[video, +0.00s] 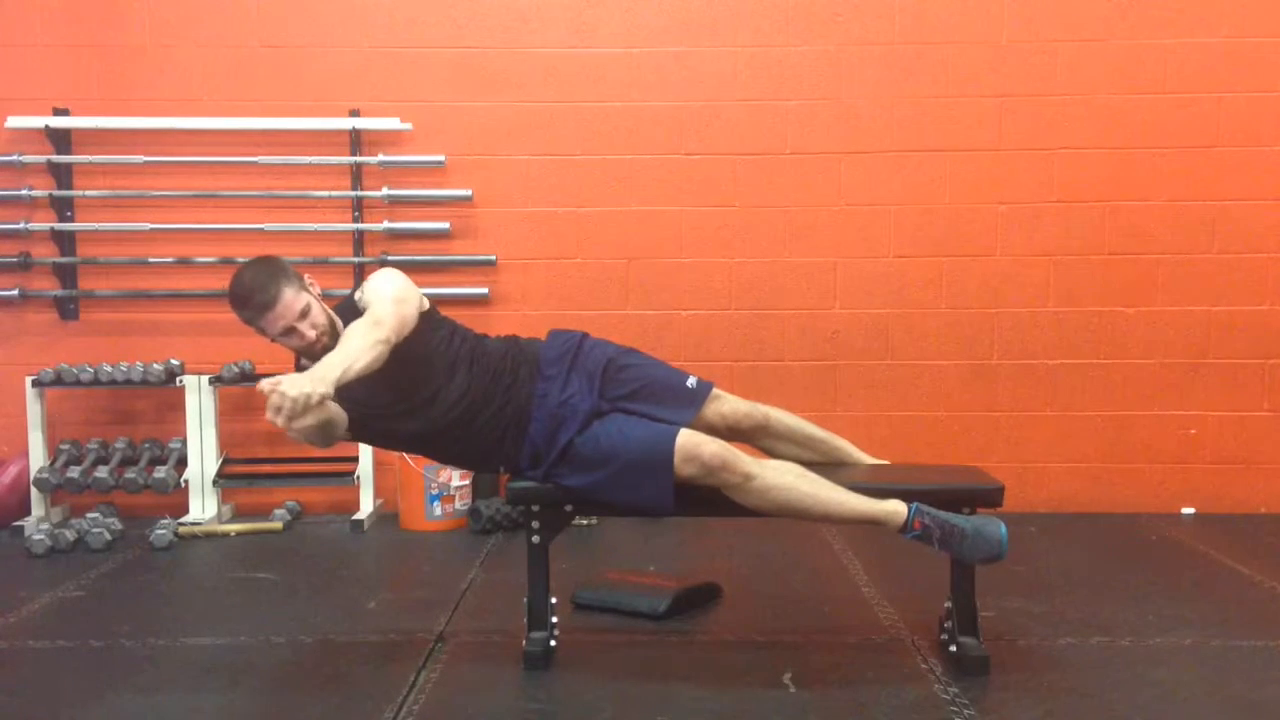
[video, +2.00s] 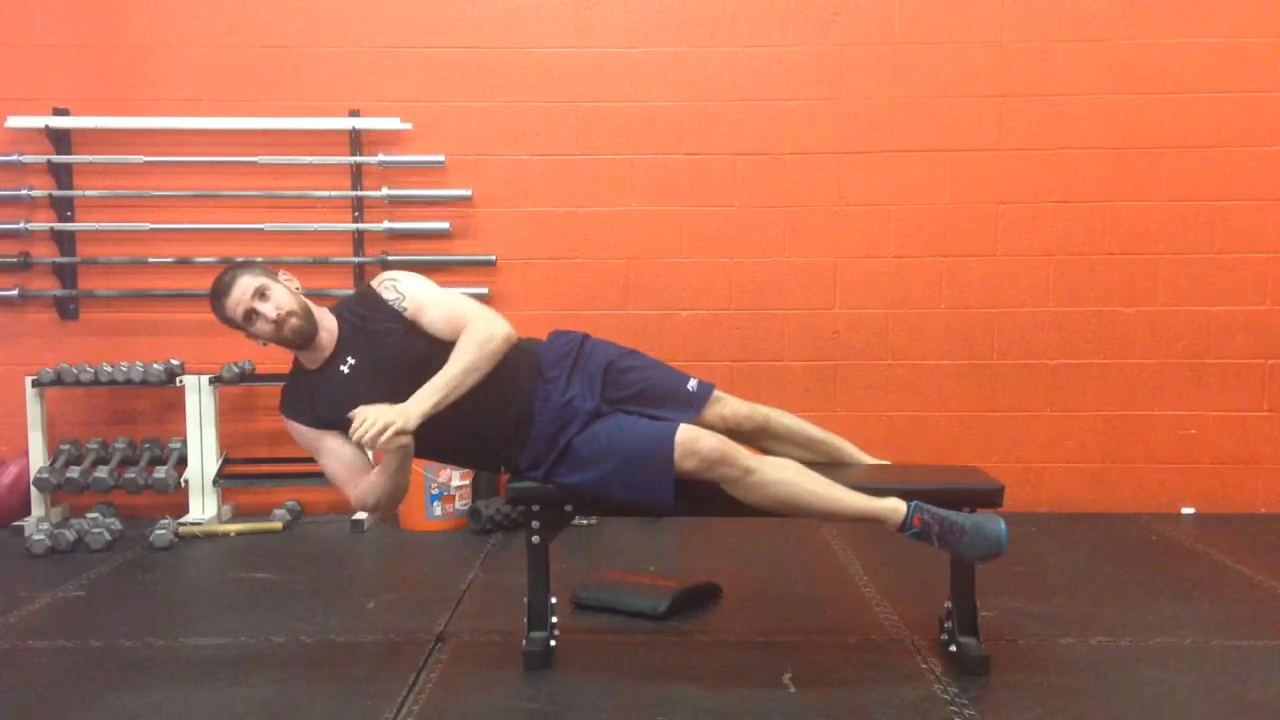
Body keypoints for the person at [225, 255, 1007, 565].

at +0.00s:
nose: (310, 318)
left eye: (304, 300)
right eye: (289, 323)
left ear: (316, 278)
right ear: (274, 337)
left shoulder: (378, 288)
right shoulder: (324, 398)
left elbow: (387, 330)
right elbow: (320, 419)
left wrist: (315, 380)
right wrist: (290, 406)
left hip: (567, 365)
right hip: (548, 447)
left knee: (735, 414)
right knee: (714, 462)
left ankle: (902, 490)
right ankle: (914, 522)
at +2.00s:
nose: (266, 311)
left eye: (261, 293)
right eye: (248, 318)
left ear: (290, 279)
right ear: (252, 342)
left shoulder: (381, 292)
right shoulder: (309, 409)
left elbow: (492, 331)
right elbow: (373, 504)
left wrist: (411, 407)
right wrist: (392, 447)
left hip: (574, 368)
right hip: (547, 449)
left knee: (740, 416)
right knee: (708, 454)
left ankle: (906, 493)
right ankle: (914, 520)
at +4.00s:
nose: (268, 329)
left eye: (266, 309)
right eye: (250, 331)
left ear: (290, 291)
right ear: (249, 349)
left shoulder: (372, 297)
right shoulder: (306, 417)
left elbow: (449, 334)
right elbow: (388, 470)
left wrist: (373, 388)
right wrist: (357, 421)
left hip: (565, 368)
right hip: (545, 451)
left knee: (740, 416)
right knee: (709, 453)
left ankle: (912, 495)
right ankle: (914, 520)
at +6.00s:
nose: (290, 326)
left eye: (290, 308)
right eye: (271, 325)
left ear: (313, 286)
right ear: (261, 339)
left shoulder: (373, 295)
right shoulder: (307, 402)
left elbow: (389, 322)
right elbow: (333, 447)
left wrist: (329, 354)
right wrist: (305, 391)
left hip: (567, 366)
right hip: (546, 449)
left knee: (737, 416)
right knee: (709, 454)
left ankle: (908, 491)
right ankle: (911, 519)